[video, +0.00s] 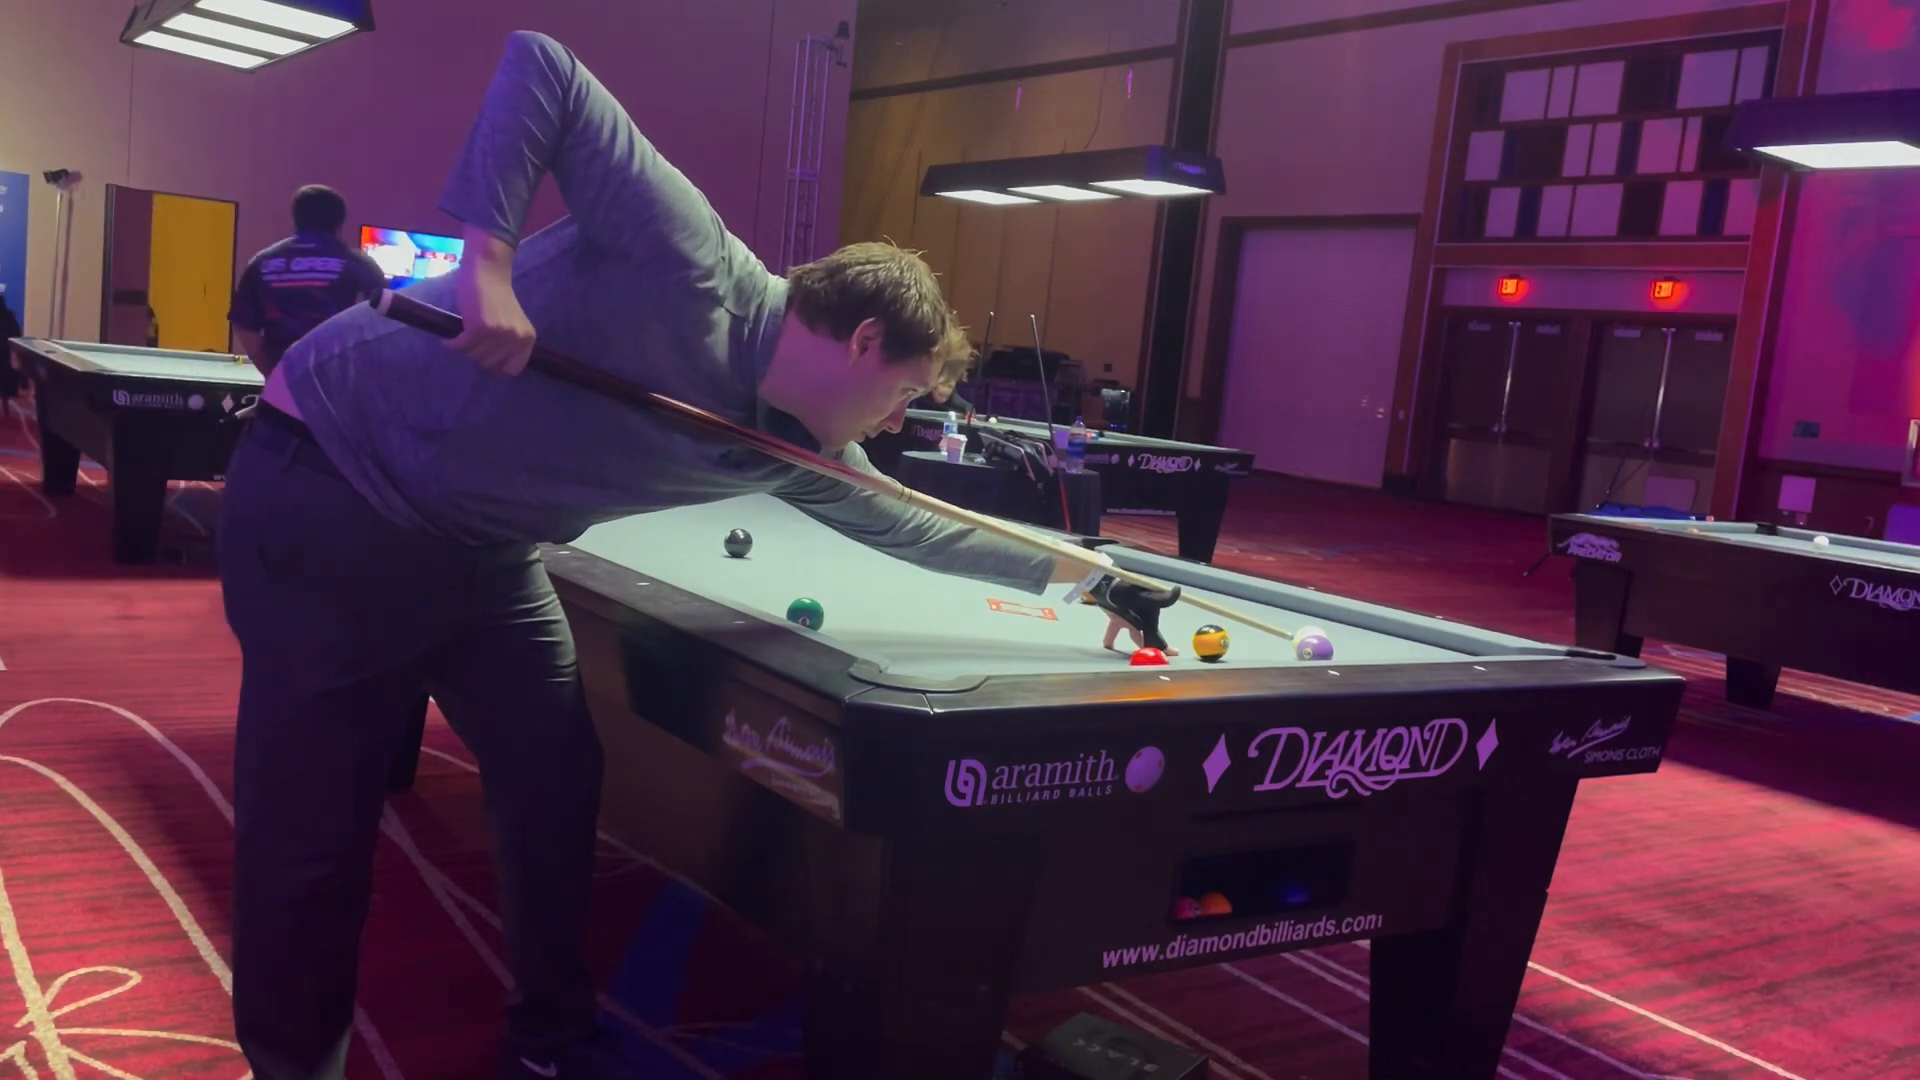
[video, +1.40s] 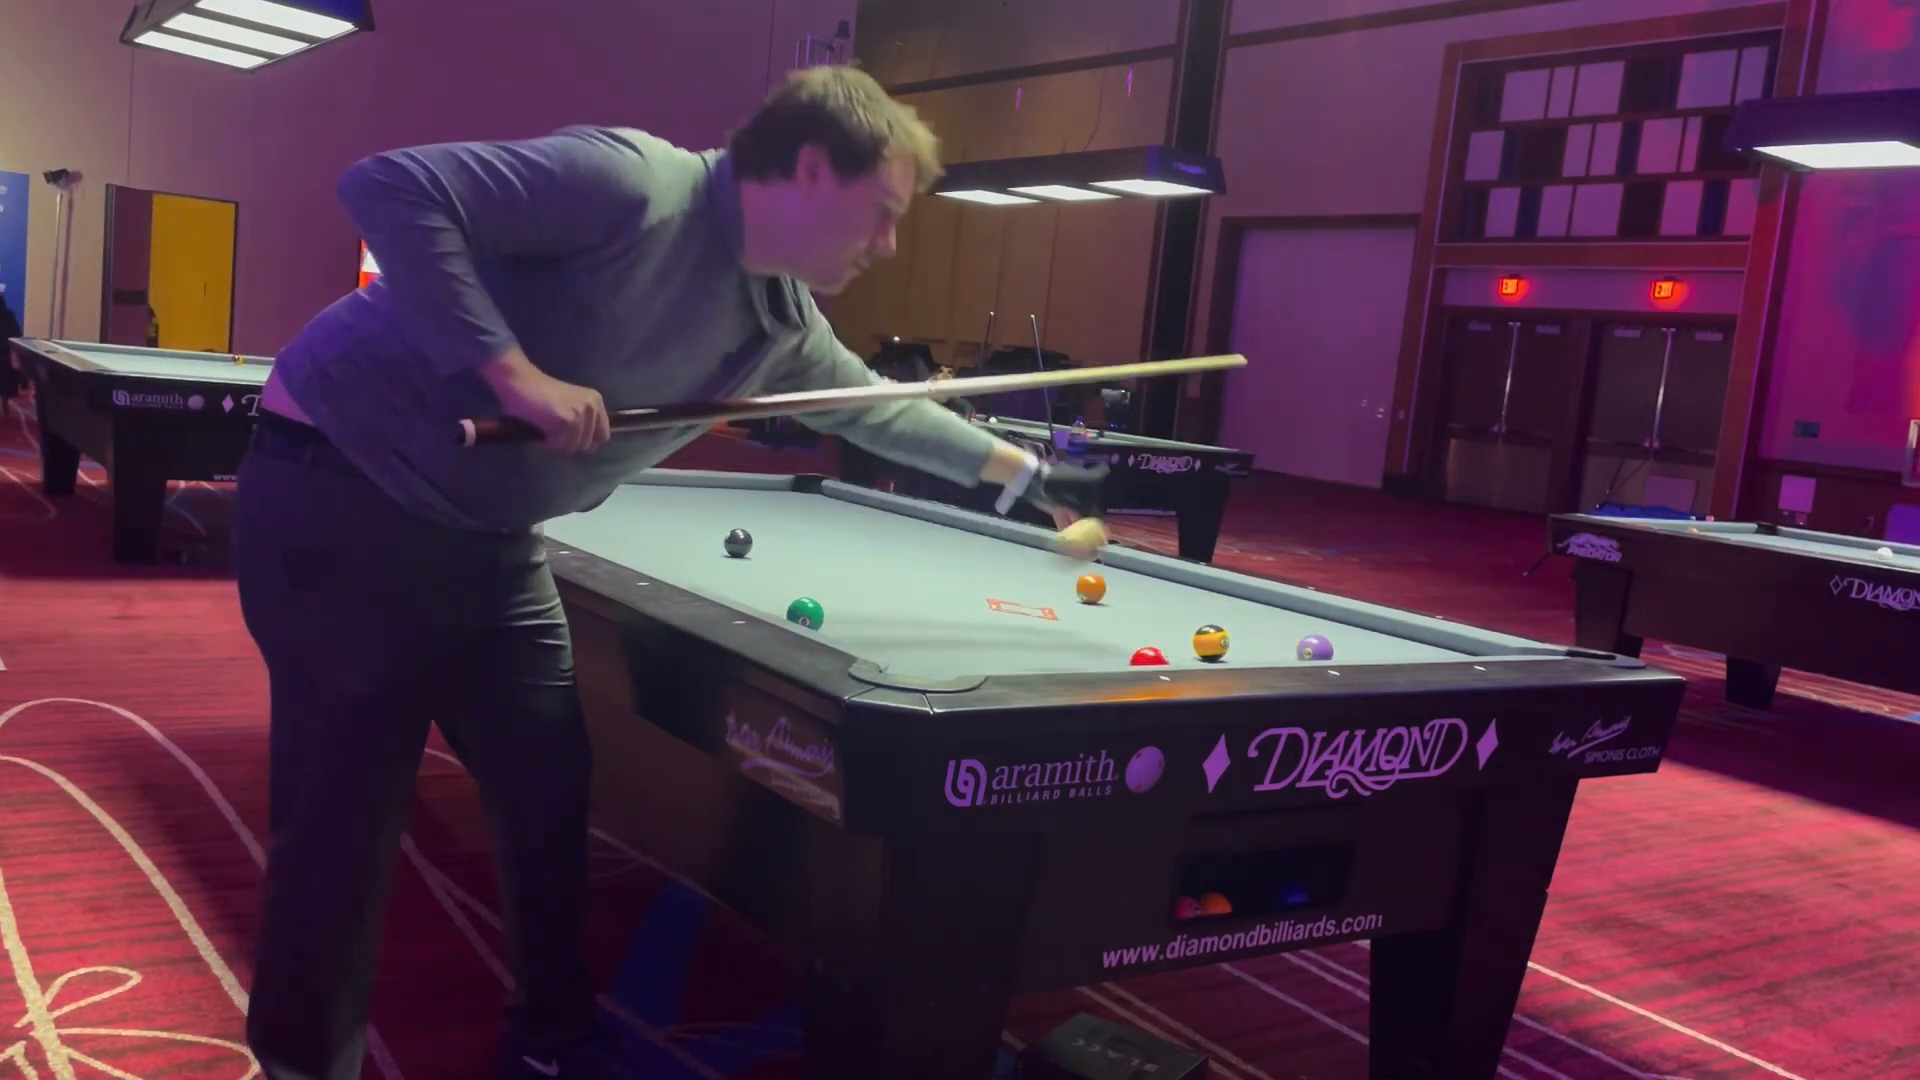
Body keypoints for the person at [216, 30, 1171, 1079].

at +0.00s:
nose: (891, 430)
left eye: (909, 412)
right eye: (903, 400)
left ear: (853, 349)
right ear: (857, 340)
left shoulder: (784, 439)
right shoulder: (685, 250)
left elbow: (909, 525)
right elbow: (541, 70)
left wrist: (1062, 563)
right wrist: (481, 256)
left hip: (484, 530)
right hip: (333, 473)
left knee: (552, 764)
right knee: (313, 818)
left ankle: (548, 1032)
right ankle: (294, 1056)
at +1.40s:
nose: (888, 245)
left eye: (899, 223)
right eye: (883, 212)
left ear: (818, 187)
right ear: (810, 171)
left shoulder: (775, 320)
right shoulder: (631, 184)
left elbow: (879, 412)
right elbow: (393, 187)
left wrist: (1031, 480)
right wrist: (501, 364)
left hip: (488, 526)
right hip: (345, 488)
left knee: (547, 773)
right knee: (340, 820)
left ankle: (552, 1030)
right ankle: (304, 1063)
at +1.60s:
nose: (816, 179)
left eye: (834, 160)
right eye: (808, 144)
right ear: (732, 90)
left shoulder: (743, 256)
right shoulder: (575, 140)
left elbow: (853, 328)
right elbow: (343, 182)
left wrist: (996, 369)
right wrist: (487, 347)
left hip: (497, 526)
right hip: (356, 496)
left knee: (552, 771)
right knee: (367, 814)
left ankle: (549, 1036)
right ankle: (311, 1062)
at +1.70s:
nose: (774, 154)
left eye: (800, 132)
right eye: (762, 113)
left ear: (814, 127)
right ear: (687, 61)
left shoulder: (722, 221)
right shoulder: (544, 122)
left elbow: (819, 293)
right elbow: (318, 197)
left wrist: (965, 326)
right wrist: (473, 346)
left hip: (507, 525)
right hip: (363, 501)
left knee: (558, 776)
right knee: (376, 802)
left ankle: (548, 1038)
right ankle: (312, 1063)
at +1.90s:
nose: (734, 109)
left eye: (757, 89)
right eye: (720, 69)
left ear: (771, 85)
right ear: (638, 23)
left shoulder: (697, 191)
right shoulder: (495, 109)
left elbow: (790, 259)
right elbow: (281, 223)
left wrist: (948, 292)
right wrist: (456, 351)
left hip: (513, 525)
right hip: (369, 510)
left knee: (556, 780)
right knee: (383, 807)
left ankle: (549, 1031)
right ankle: (314, 1059)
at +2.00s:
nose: (702, 63)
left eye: (730, 37)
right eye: (682, 21)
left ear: (745, 44)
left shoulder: (677, 165)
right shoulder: (469, 96)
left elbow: (717, 261)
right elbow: (261, 227)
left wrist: (872, 294)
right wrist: (439, 352)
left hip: (520, 522)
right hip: (375, 514)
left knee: (551, 791)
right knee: (390, 805)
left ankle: (548, 1032)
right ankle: (317, 1060)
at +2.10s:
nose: (630, 6)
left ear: (676, 12)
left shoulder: (643, 128)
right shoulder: (415, 81)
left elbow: (640, 272)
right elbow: (220, 222)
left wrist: (750, 342)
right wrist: (402, 345)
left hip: (526, 525)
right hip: (374, 522)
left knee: (545, 803)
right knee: (395, 818)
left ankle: (549, 1034)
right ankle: (320, 1064)